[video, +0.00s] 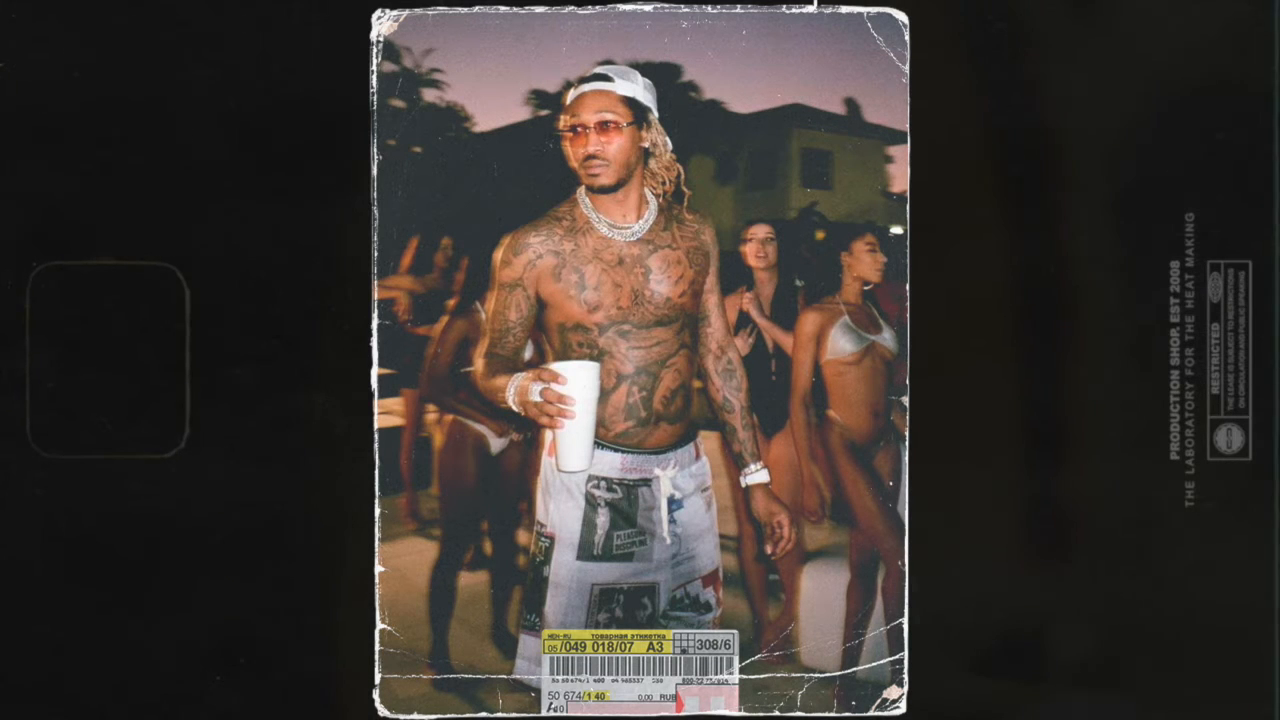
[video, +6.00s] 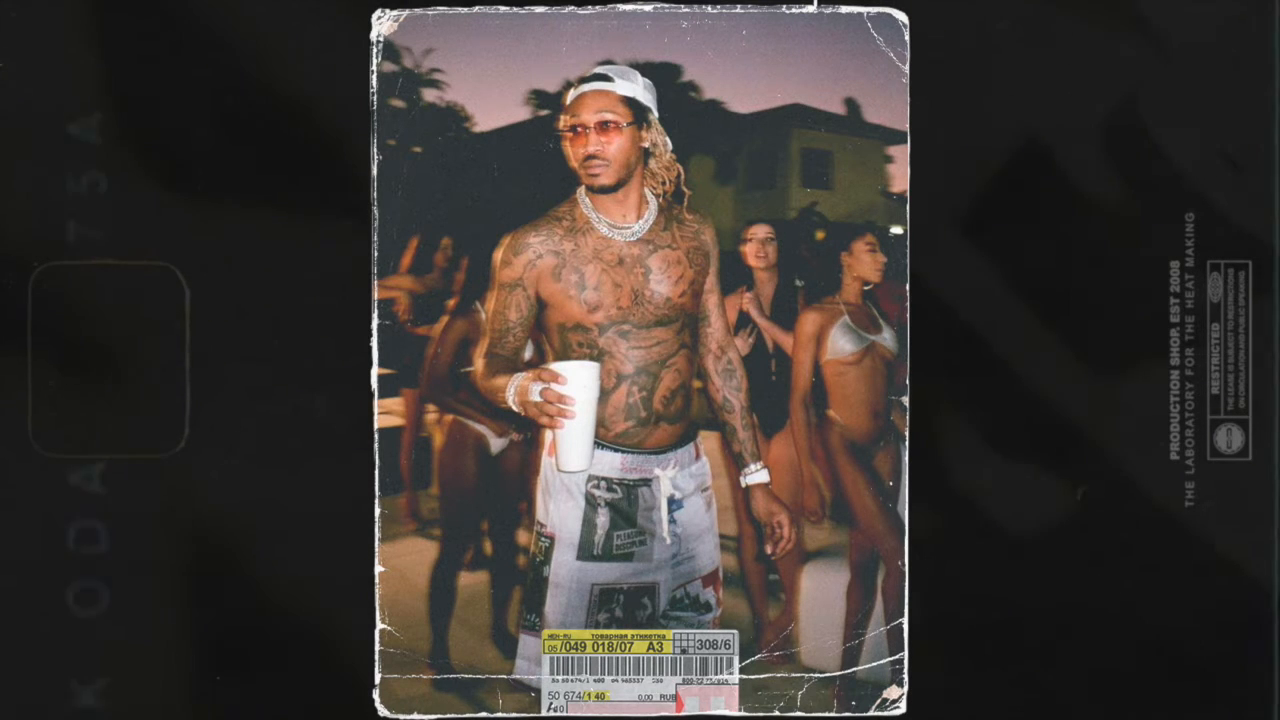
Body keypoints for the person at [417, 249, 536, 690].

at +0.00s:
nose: (513, 293)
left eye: (521, 286)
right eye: (508, 283)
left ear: (530, 293)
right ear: (493, 283)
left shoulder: (531, 335)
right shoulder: (465, 324)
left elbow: (543, 387)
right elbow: (435, 387)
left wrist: (529, 421)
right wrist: (490, 422)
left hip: (514, 446)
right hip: (465, 442)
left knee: (505, 540)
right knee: (456, 544)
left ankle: (501, 628)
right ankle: (439, 651)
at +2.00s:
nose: (513, 292)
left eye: (520, 285)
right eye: (507, 282)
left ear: (529, 291)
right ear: (493, 282)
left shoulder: (529, 331)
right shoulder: (464, 323)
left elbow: (542, 383)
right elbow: (435, 387)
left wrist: (529, 419)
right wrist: (493, 422)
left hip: (513, 445)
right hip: (465, 442)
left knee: (505, 541)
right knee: (455, 544)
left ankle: (501, 628)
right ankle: (439, 652)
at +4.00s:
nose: (516, 286)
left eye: (523, 278)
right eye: (509, 276)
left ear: (531, 287)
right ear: (495, 277)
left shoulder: (531, 331)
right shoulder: (466, 322)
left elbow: (543, 385)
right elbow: (435, 387)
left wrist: (529, 421)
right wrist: (489, 421)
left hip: (514, 445)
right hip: (465, 441)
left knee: (506, 541)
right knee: (456, 544)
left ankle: (501, 628)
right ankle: (439, 649)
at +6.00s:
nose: (514, 285)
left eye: (521, 277)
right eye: (507, 275)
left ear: (531, 286)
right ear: (493, 276)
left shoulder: (531, 330)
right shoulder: (466, 321)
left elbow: (544, 384)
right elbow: (434, 387)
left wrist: (530, 420)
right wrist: (490, 421)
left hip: (515, 445)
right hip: (465, 441)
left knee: (506, 541)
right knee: (456, 543)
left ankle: (501, 628)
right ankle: (439, 648)